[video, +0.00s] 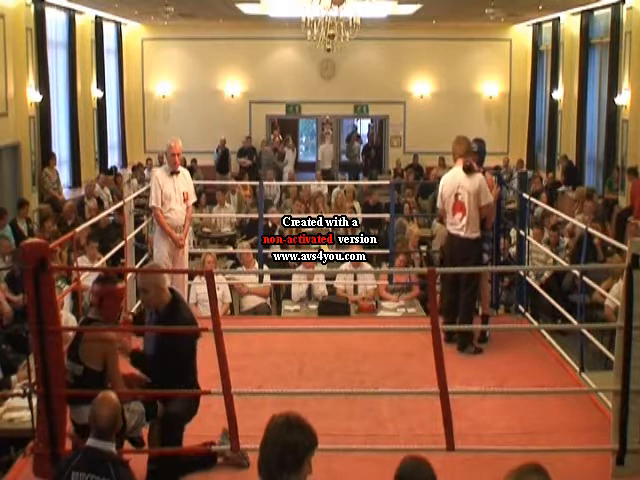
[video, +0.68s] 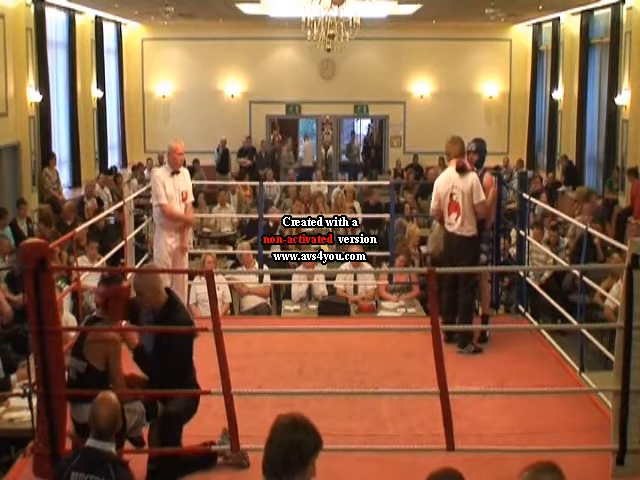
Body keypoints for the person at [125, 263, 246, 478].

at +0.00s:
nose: (141, 297)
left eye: (145, 291)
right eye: (140, 291)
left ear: (162, 288)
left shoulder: (180, 320)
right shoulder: (154, 306)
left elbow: (165, 372)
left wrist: (131, 353)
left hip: (179, 397)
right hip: (161, 390)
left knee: (160, 470)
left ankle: (217, 454)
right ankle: (215, 450)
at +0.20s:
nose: (141, 297)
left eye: (145, 291)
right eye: (139, 291)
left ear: (162, 289)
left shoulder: (179, 319)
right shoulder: (152, 306)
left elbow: (162, 370)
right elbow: (131, 316)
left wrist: (130, 351)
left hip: (180, 395)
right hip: (159, 389)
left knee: (161, 469)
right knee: (162, 467)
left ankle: (217, 454)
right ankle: (216, 450)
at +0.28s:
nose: (140, 297)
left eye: (144, 292)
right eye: (138, 292)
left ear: (161, 289)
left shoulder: (179, 320)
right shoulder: (151, 306)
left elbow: (162, 372)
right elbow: (133, 315)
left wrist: (130, 348)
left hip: (182, 393)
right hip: (158, 387)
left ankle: (217, 454)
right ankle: (217, 451)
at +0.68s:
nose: (137, 298)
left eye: (141, 293)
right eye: (135, 292)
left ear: (157, 289)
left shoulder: (178, 320)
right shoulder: (143, 306)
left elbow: (164, 376)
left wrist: (136, 348)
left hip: (182, 392)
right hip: (157, 386)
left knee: (168, 415)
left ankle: (216, 453)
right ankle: (215, 451)